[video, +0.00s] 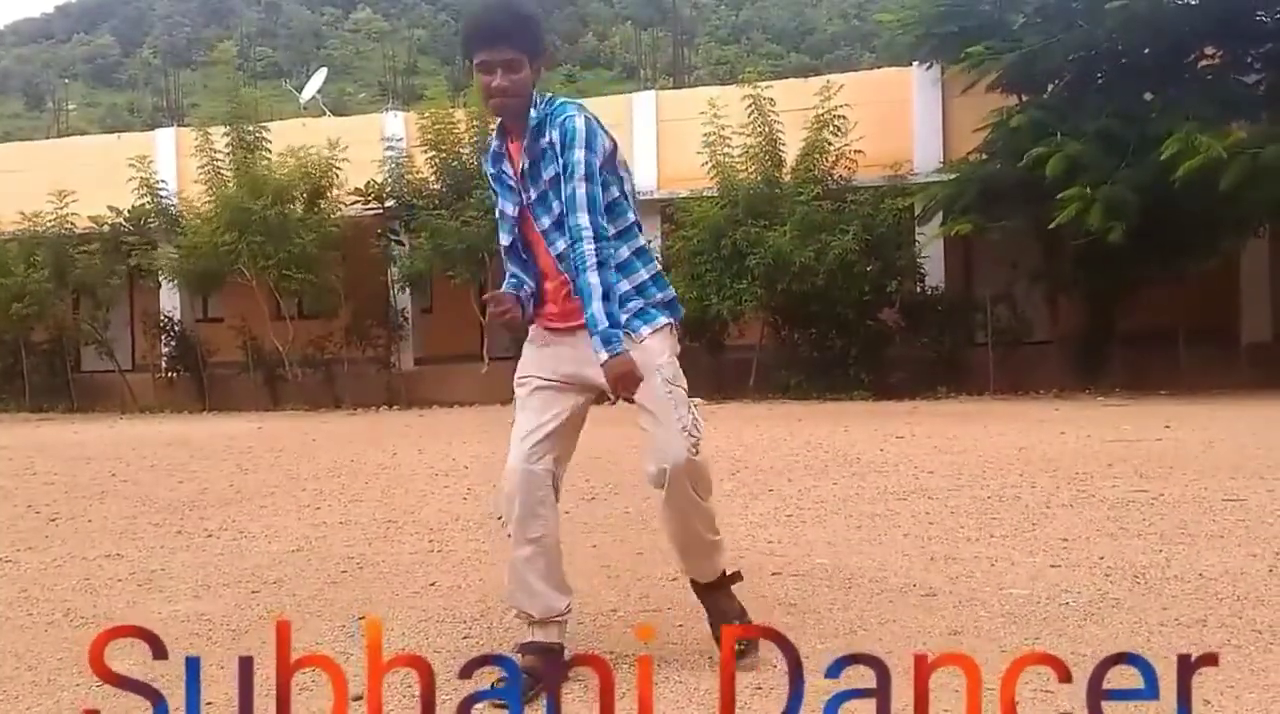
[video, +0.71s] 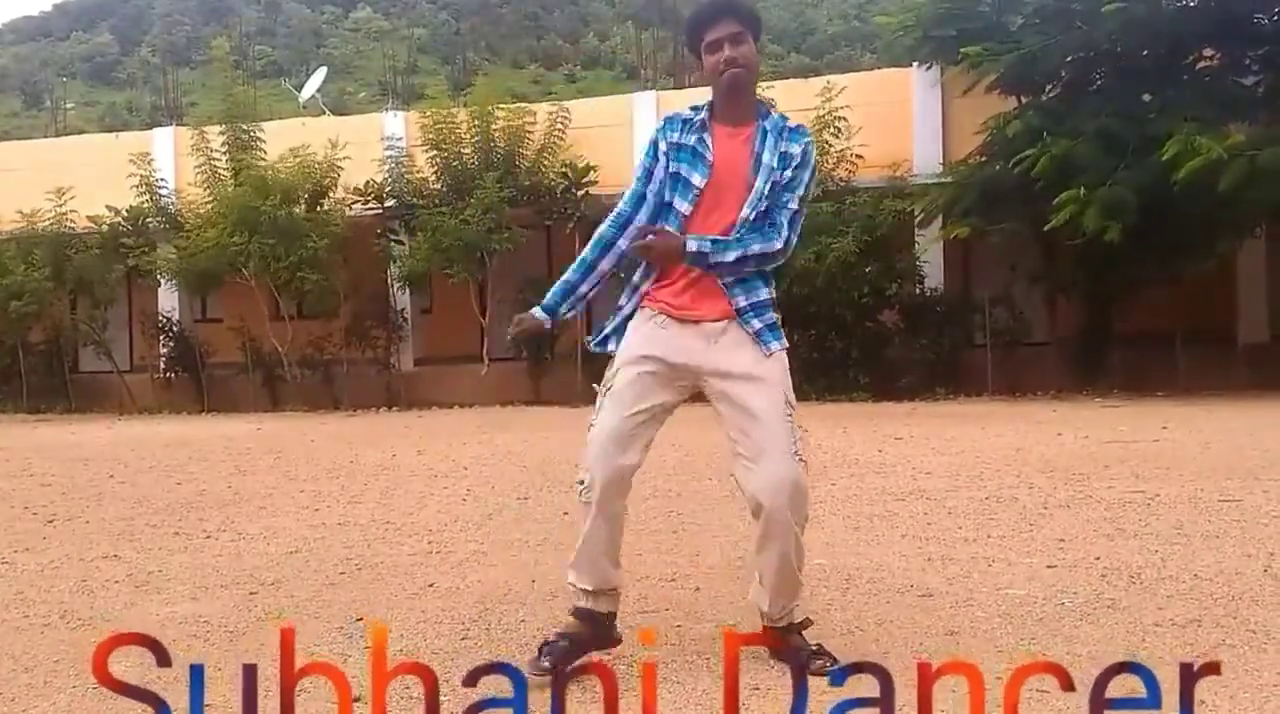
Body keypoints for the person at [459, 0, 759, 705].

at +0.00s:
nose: (497, 81)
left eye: (510, 67)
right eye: (485, 69)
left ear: (538, 69)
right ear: (474, 75)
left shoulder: (572, 126)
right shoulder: (495, 157)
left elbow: (588, 233)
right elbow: (517, 242)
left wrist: (611, 341)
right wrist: (517, 294)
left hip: (632, 317)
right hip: (552, 328)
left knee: (678, 458)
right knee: (526, 472)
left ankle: (711, 582)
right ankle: (545, 637)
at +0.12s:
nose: (523, 62)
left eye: (535, 49)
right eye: (510, 50)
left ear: (554, 52)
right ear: (492, 58)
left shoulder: (588, 106)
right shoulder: (494, 133)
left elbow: (650, 191)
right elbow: (533, 230)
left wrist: (721, 267)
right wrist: (596, 207)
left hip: (646, 310)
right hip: (565, 318)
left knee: (712, 460)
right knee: (548, 473)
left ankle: (772, 601)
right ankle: (547, 640)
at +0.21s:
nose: (555, 49)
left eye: (567, 36)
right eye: (542, 36)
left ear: (587, 39)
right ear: (525, 43)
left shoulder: (624, 94)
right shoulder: (514, 121)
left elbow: (697, 163)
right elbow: (543, 222)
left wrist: (782, 218)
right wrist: (627, 183)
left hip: (654, 313)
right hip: (570, 321)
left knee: (725, 467)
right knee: (547, 478)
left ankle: (790, 609)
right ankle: (546, 644)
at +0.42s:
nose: (643, 44)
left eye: (655, 31)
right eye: (630, 34)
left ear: (675, 40)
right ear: (613, 46)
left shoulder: (706, 125)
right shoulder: (592, 114)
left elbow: (781, 173)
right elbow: (589, 205)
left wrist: (874, 193)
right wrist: (693, 179)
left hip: (695, 318)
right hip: (610, 324)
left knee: (749, 480)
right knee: (579, 487)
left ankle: (788, 625)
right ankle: (546, 644)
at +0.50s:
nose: (676, 51)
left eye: (686, 37)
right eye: (662, 42)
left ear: (706, 45)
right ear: (646, 55)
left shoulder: (733, 138)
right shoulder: (616, 119)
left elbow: (789, 212)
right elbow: (591, 209)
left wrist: (866, 228)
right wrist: (692, 226)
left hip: (716, 323)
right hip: (632, 325)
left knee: (769, 483)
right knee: (593, 488)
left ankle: (785, 627)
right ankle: (546, 643)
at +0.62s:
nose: (717, 57)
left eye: (726, 43)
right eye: (703, 49)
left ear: (747, 49)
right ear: (687, 63)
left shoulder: (778, 148)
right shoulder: (658, 132)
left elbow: (788, 235)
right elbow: (616, 221)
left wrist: (770, 266)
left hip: (742, 337)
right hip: (655, 332)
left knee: (785, 488)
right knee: (604, 481)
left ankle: (782, 624)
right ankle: (554, 631)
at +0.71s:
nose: (727, 54)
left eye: (737, 41)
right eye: (713, 48)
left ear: (759, 48)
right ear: (699, 64)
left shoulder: (791, 141)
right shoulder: (674, 135)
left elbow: (776, 241)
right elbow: (622, 225)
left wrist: (687, 247)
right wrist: (550, 308)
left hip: (745, 328)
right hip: (659, 322)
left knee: (782, 485)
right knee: (605, 461)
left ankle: (782, 624)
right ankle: (593, 616)